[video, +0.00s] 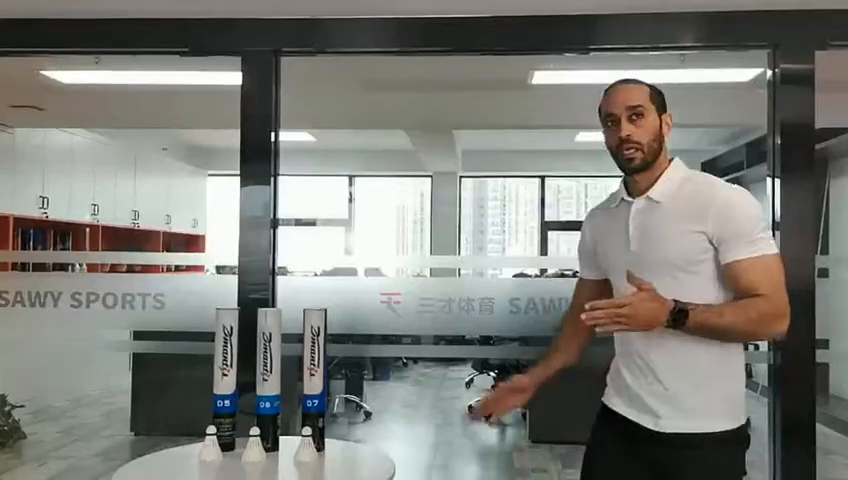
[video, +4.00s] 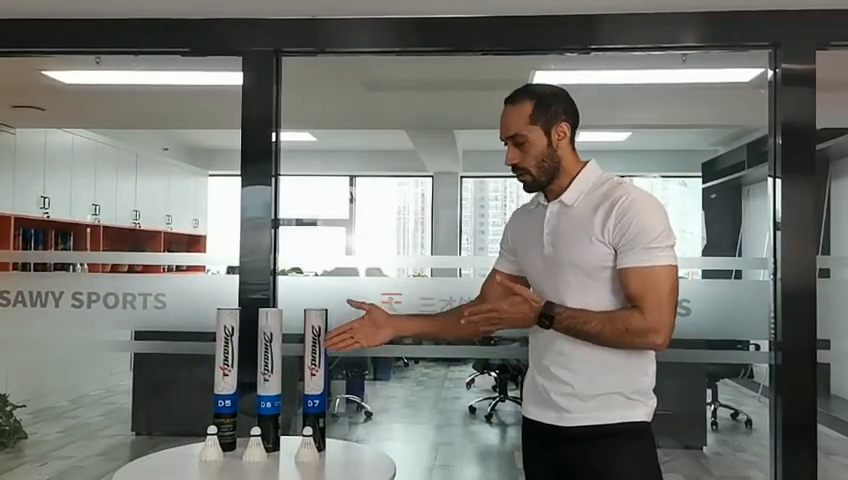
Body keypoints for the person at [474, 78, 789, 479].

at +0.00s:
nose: (623, 133)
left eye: (636, 117)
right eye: (612, 123)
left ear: (665, 124)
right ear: (604, 136)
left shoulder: (726, 204)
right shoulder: (599, 222)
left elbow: (773, 316)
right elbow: (582, 320)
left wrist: (671, 314)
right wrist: (530, 379)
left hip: (707, 434)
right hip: (622, 426)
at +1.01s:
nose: (539, 139)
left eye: (551, 125)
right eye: (528, 132)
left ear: (580, 131)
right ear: (522, 145)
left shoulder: (635, 204)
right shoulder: (527, 231)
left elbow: (652, 319)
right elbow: (520, 334)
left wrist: (541, 312)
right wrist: (432, 336)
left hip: (620, 426)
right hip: (546, 424)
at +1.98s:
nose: (512, 152)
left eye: (522, 136)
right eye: (510, 139)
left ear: (563, 129)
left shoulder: (629, 206)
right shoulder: (531, 224)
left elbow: (641, 324)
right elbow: (521, 327)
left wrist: (535, 315)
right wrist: (442, 329)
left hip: (609, 428)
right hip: (541, 424)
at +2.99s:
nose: (547, 137)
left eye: (560, 123)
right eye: (535, 126)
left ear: (586, 130)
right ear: (527, 137)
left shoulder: (631, 206)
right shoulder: (528, 226)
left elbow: (646, 323)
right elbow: (521, 327)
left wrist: (536, 320)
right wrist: (442, 332)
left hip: (610, 427)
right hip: (539, 424)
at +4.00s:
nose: (509, 160)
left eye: (519, 143)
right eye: (506, 146)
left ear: (561, 133)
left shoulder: (631, 208)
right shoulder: (523, 221)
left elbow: (654, 330)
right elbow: (486, 313)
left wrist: (541, 313)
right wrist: (396, 325)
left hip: (615, 429)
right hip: (542, 425)